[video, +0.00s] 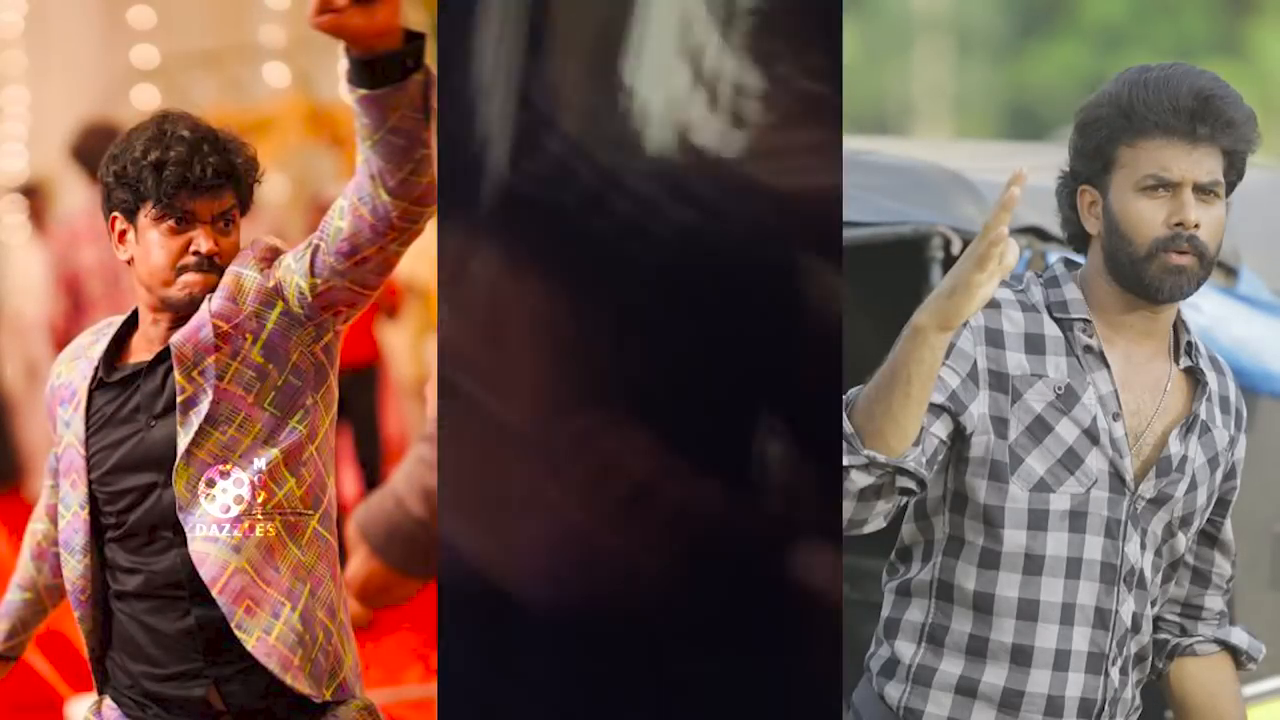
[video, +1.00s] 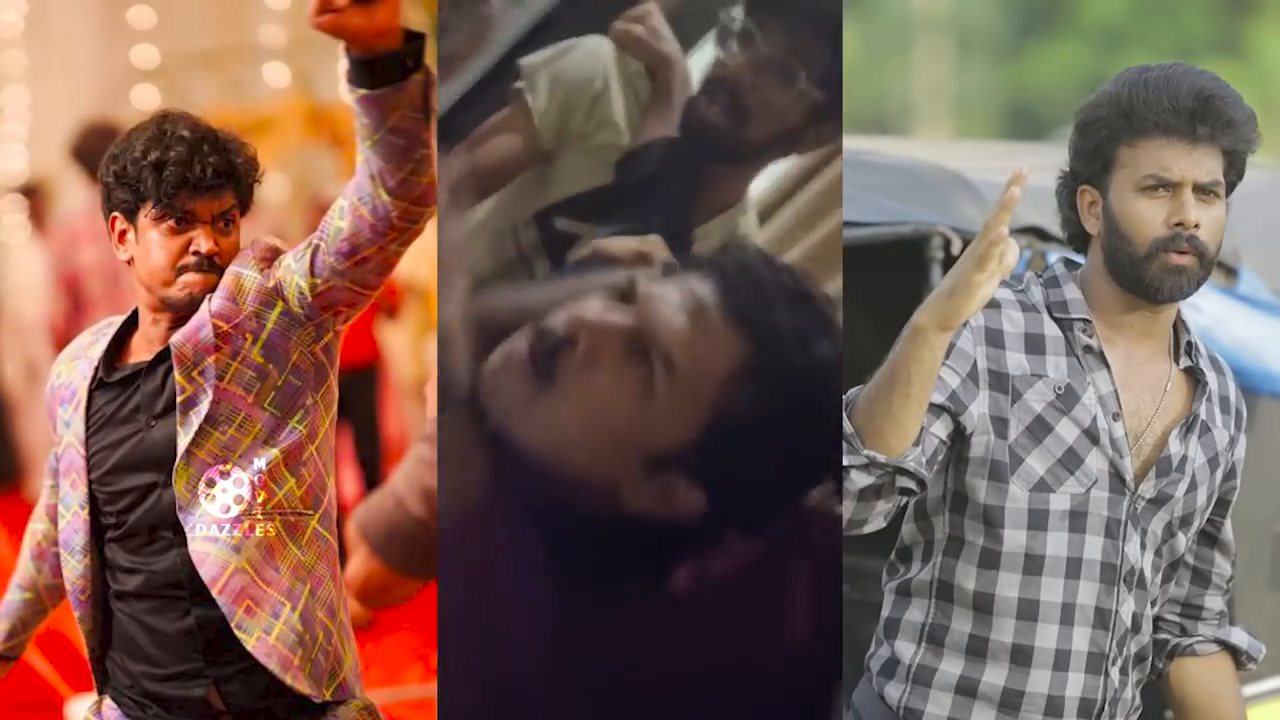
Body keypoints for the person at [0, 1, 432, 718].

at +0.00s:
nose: (206, 245)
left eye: (224, 223)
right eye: (179, 222)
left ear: (243, 230)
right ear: (123, 237)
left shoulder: (288, 312)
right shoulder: (76, 373)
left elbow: (394, 200)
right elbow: (56, 524)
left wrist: (381, 52)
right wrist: (8, 634)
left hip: (291, 700)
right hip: (140, 705)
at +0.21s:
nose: (206, 245)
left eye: (224, 222)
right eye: (179, 222)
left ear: (243, 230)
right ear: (123, 237)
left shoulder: (287, 311)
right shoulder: (76, 373)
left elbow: (394, 200)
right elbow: (56, 523)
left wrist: (380, 52)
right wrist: (8, 634)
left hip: (291, 700)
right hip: (140, 705)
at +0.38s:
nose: (206, 245)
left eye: (223, 222)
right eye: (179, 222)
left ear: (242, 230)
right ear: (123, 236)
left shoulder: (286, 313)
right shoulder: (76, 373)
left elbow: (393, 201)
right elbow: (56, 524)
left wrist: (380, 52)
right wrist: (8, 634)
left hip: (290, 700)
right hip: (139, 705)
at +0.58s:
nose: (206, 245)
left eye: (223, 222)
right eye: (179, 222)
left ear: (243, 230)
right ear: (122, 236)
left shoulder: (287, 312)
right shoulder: (76, 373)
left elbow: (393, 201)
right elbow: (56, 524)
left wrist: (381, 52)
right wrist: (7, 635)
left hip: (290, 700)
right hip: (140, 705)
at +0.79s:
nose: (206, 245)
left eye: (223, 222)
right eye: (179, 222)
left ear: (243, 230)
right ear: (122, 236)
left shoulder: (287, 312)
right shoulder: (76, 373)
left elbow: (394, 200)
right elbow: (56, 524)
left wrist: (380, 52)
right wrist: (7, 635)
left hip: (291, 700)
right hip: (140, 705)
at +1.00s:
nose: (206, 245)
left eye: (223, 222)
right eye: (179, 222)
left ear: (243, 229)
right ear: (123, 237)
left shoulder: (286, 312)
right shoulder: (75, 374)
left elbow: (393, 200)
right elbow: (56, 524)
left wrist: (380, 52)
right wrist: (7, 635)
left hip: (292, 702)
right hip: (140, 708)